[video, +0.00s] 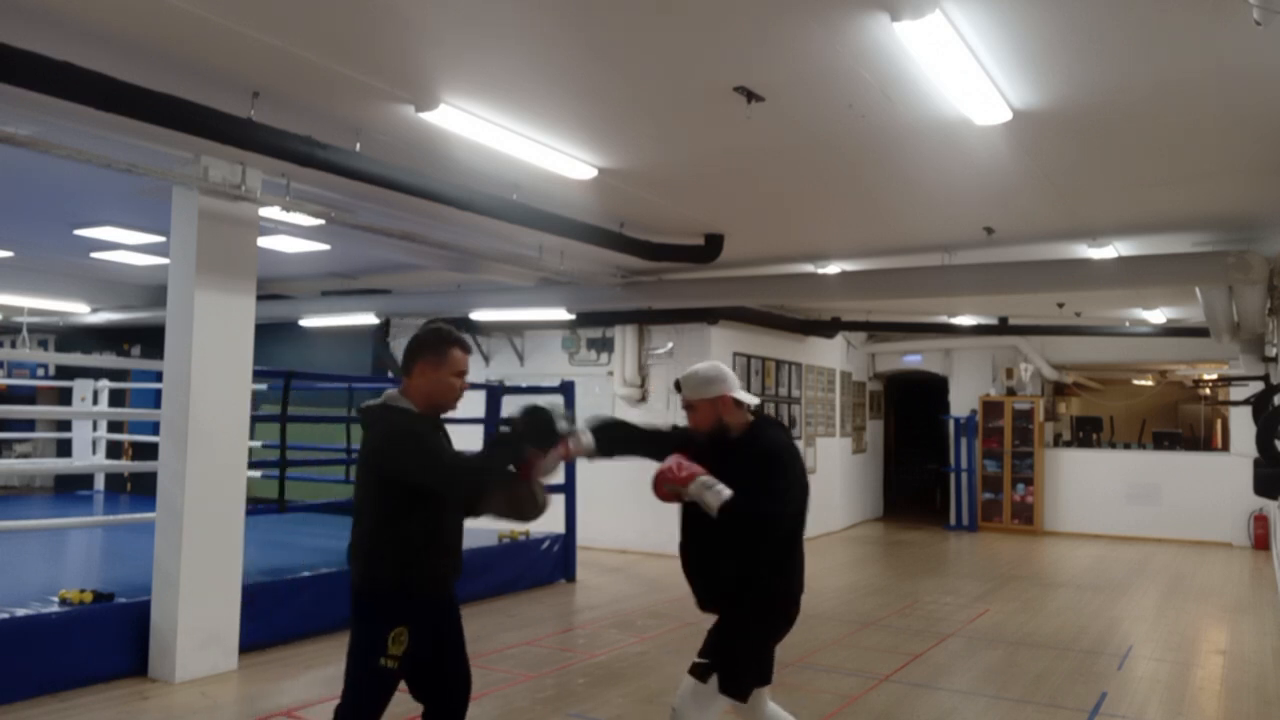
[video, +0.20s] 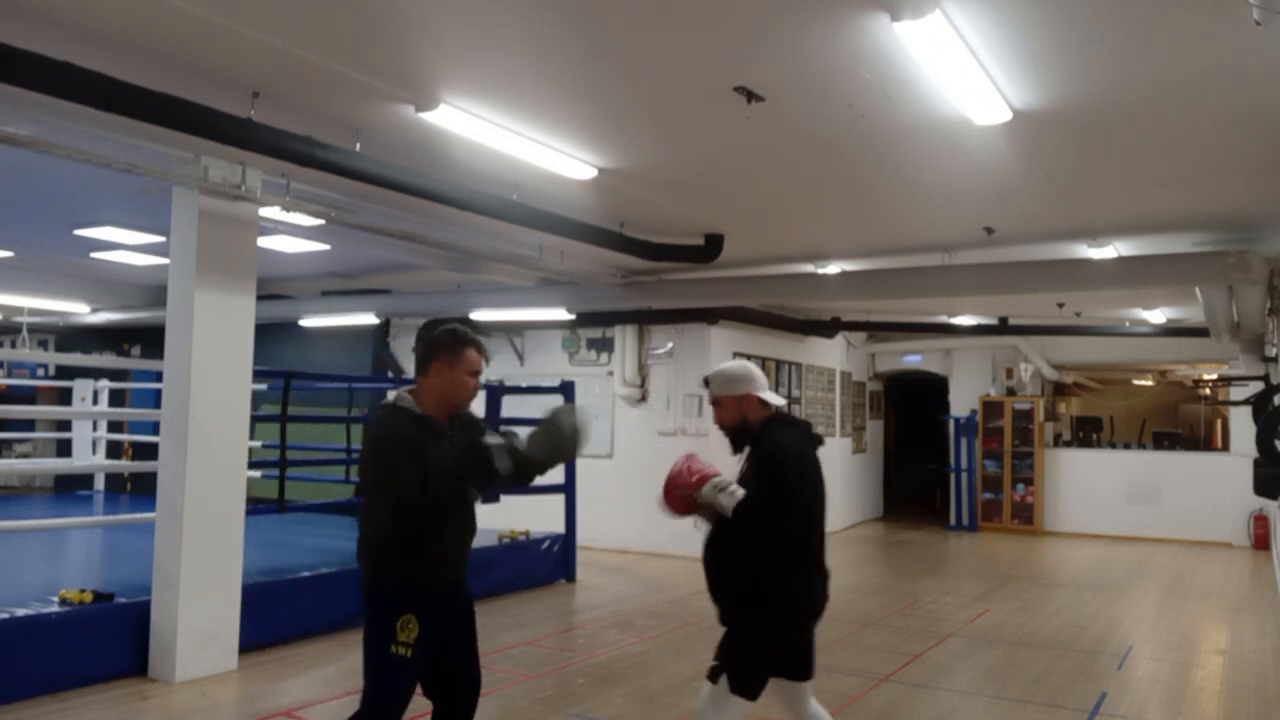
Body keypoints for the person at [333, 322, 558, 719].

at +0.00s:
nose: (465, 386)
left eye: (465, 376)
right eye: (458, 375)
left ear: (431, 373)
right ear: (422, 370)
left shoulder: (428, 428)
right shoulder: (393, 426)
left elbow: (459, 495)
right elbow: (449, 480)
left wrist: (518, 475)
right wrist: (513, 445)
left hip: (428, 588)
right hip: (389, 590)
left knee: (449, 695)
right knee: (363, 702)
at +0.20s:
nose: (477, 386)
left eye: (479, 377)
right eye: (471, 374)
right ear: (437, 369)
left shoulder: (463, 426)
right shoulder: (391, 425)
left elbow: (492, 475)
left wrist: (536, 455)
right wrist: (482, 462)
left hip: (446, 580)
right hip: (395, 583)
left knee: (459, 695)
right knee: (385, 702)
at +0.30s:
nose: (481, 383)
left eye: (483, 372)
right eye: (475, 371)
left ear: (446, 368)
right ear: (438, 366)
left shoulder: (463, 425)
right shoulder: (391, 424)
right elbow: (388, 515)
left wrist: (506, 469)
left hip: (450, 575)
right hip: (396, 579)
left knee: (454, 698)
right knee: (391, 702)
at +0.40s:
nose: (479, 380)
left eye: (480, 371)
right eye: (471, 368)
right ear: (434, 363)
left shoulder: (464, 427)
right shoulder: (386, 423)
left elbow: (482, 496)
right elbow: (387, 503)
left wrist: (499, 482)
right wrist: (466, 479)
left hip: (449, 578)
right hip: (391, 581)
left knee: (449, 705)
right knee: (384, 706)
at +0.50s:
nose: (470, 381)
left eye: (472, 371)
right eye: (462, 369)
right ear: (427, 365)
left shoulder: (453, 428)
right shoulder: (382, 427)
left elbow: (468, 486)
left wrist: (501, 476)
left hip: (446, 579)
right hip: (388, 583)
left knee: (467, 689)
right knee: (376, 703)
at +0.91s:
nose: (482, 384)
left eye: (483, 374)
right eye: (473, 372)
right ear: (436, 372)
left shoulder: (478, 427)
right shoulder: (399, 432)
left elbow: (528, 464)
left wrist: (556, 431)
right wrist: (487, 461)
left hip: (465, 591)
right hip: (407, 593)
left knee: (496, 708)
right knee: (388, 709)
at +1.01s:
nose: (499, 387)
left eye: (500, 376)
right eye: (490, 375)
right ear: (456, 374)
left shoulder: (489, 425)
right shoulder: (418, 431)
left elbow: (539, 471)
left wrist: (585, 444)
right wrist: (483, 432)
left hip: (475, 586)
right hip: (422, 590)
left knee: (503, 704)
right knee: (401, 708)